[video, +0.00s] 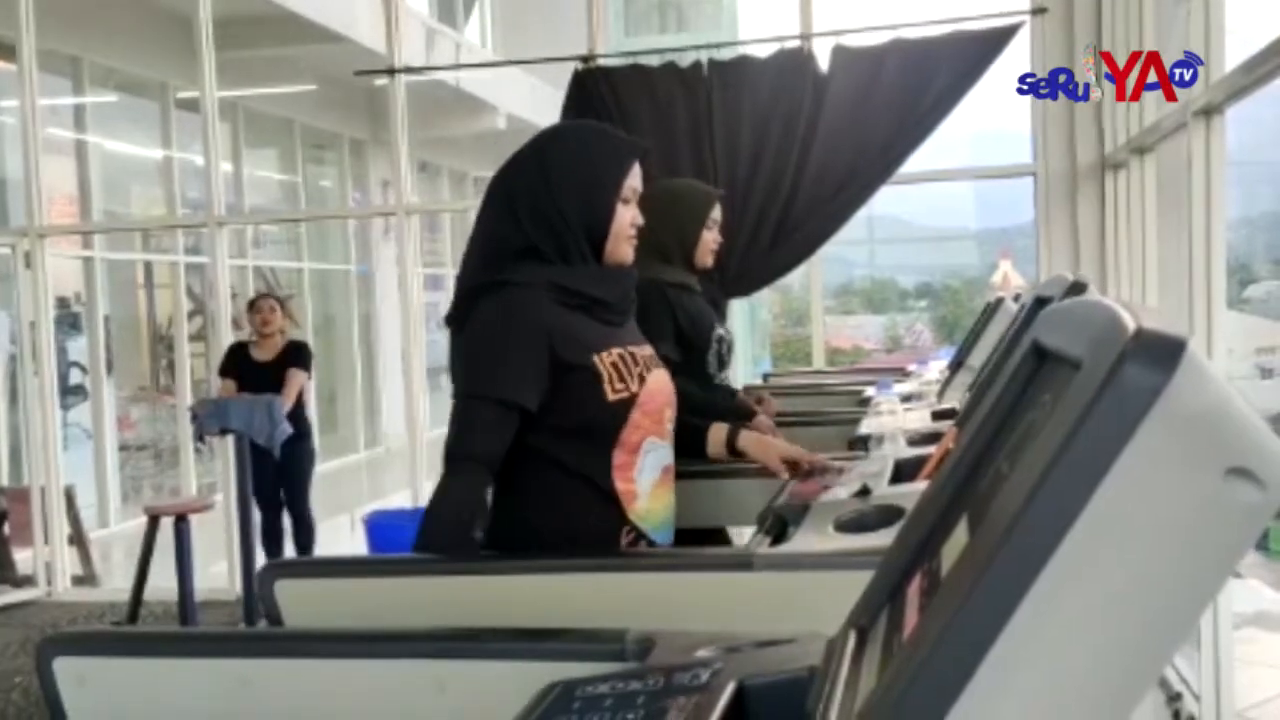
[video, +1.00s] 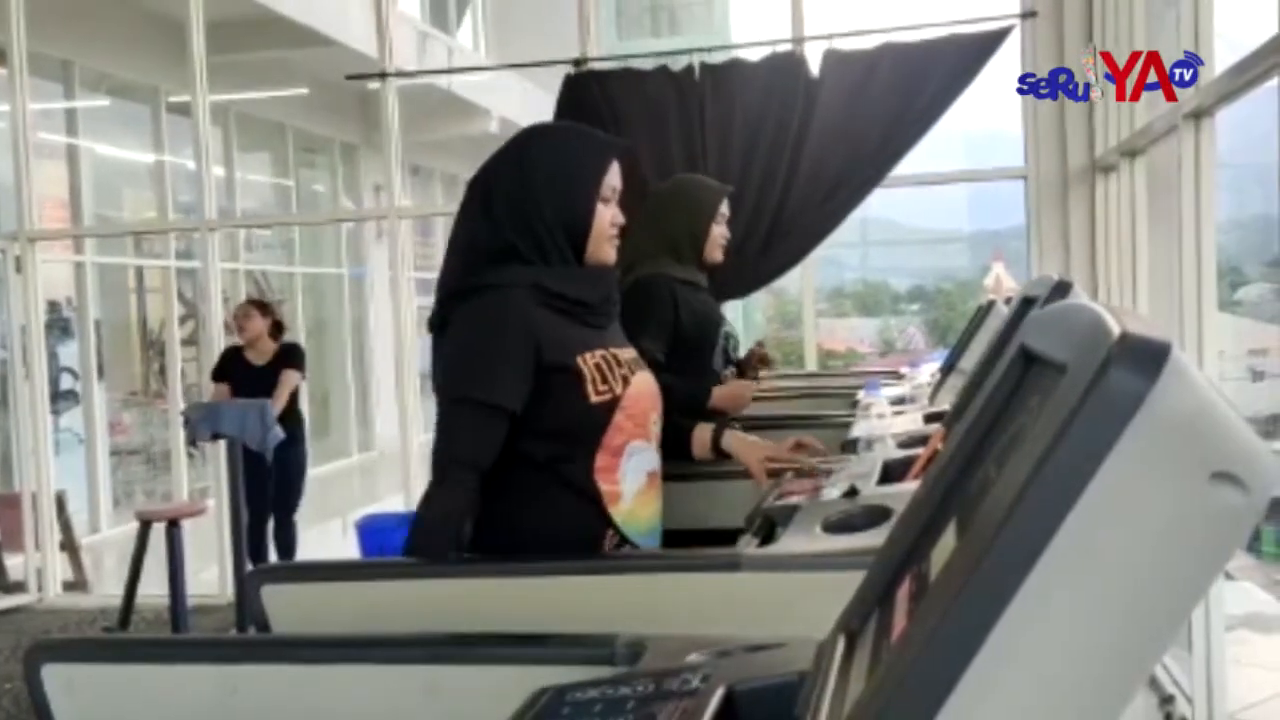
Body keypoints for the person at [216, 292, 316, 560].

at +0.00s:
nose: (265, 317)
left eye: (272, 311)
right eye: (258, 312)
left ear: (282, 317)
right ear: (249, 319)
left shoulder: (297, 351)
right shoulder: (237, 353)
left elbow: (290, 394)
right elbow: (227, 395)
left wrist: (271, 420)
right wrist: (241, 418)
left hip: (293, 433)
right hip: (255, 435)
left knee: (297, 501)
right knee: (268, 505)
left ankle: (305, 563)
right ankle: (274, 566)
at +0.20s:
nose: (265, 317)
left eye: (273, 311)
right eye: (259, 312)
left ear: (284, 317)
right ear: (252, 318)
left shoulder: (294, 350)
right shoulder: (241, 355)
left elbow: (287, 398)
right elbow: (228, 395)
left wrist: (271, 427)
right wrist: (213, 418)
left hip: (290, 432)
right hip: (257, 435)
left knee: (292, 505)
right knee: (282, 506)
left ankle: (297, 569)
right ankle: (296, 566)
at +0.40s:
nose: (259, 318)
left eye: (267, 313)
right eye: (255, 313)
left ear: (282, 320)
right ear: (249, 319)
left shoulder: (285, 350)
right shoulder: (242, 356)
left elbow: (283, 398)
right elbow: (228, 394)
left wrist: (267, 429)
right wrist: (209, 416)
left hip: (287, 433)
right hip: (260, 436)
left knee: (290, 506)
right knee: (279, 507)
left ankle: (295, 568)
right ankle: (295, 566)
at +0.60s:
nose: (250, 318)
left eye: (258, 313)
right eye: (248, 314)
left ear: (276, 321)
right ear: (244, 320)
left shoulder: (284, 350)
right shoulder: (239, 357)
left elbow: (283, 398)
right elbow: (225, 396)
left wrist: (269, 429)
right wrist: (209, 420)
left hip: (286, 434)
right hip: (257, 438)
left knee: (290, 508)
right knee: (280, 508)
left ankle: (295, 570)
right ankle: (294, 568)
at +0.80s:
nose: (245, 320)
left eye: (252, 315)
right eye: (243, 315)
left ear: (270, 320)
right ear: (239, 322)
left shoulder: (287, 351)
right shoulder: (233, 358)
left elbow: (283, 396)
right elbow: (222, 399)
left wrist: (270, 427)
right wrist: (208, 422)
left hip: (288, 435)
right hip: (252, 438)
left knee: (293, 506)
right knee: (266, 511)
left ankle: (300, 568)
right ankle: (271, 571)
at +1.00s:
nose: (240, 324)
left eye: (247, 317)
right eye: (238, 319)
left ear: (267, 321)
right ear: (235, 324)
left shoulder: (290, 353)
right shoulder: (230, 357)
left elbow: (284, 390)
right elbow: (220, 398)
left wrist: (265, 421)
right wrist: (212, 425)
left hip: (287, 435)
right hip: (248, 436)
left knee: (284, 508)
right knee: (257, 510)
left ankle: (286, 570)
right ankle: (260, 572)